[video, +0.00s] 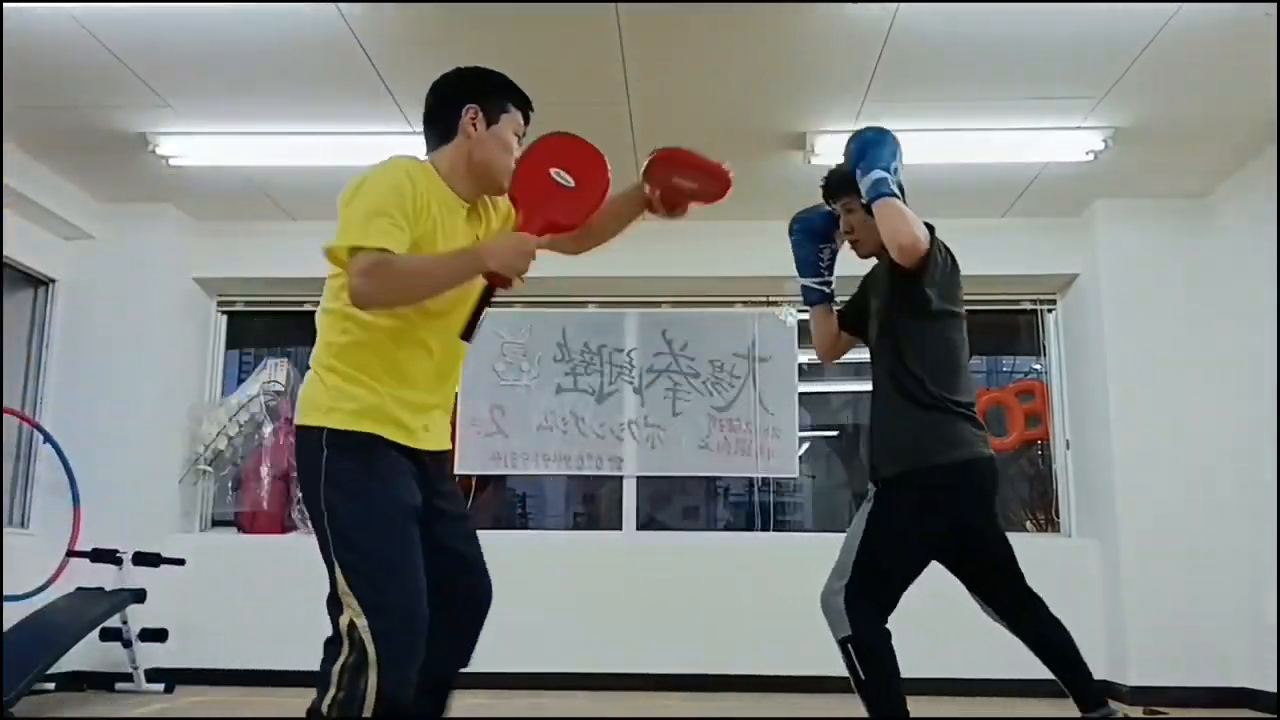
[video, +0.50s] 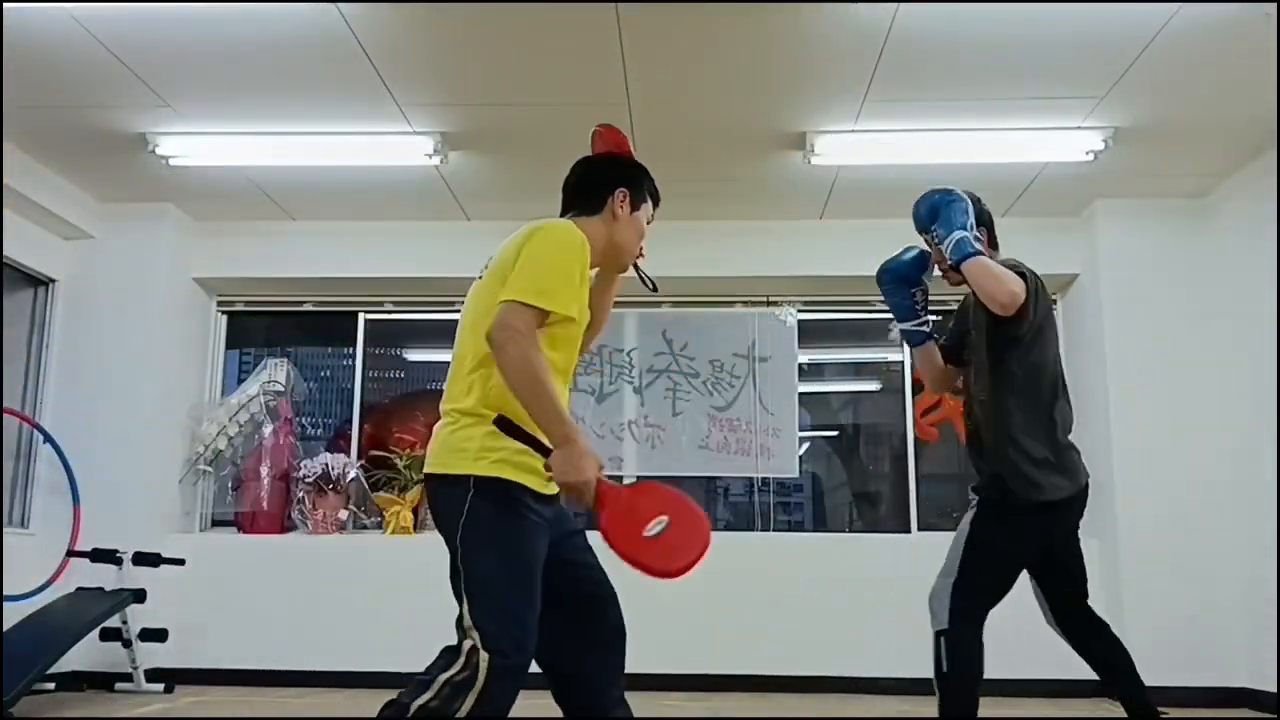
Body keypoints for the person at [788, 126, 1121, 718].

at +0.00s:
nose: (845, 227)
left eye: (851, 213)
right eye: (840, 217)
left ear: (878, 209)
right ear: (847, 222)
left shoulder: (923, 254)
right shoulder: (877, 283)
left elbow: (905, 245)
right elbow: (828, 346)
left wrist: (879, 181)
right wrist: (814, 275)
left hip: (935, 471)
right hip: (939, 472)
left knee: (853, 606)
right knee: (1011, 600)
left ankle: (890, 715)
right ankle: (1097, 707)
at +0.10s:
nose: (872, 239)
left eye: (877, 224)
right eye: (869, 228)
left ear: (905, 221)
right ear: (880, 231)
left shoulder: (958, 270)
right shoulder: (905, 296)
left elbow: (947, 277)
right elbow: (859, 357)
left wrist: (912, 213)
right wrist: (842, 290)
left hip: (981, 481)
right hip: (951, 484)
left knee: (890, 606)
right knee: (1045, 613)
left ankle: (902, 715)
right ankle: (1121, 711)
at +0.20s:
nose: (882, 223)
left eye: (886, 210)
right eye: (878, 212)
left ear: (912, 206)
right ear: (885, 217)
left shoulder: (968, 251)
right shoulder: (916, 278)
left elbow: (975, 276)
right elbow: (885, 353)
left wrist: (927, 217)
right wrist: (859, 287)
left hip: (1006, 459)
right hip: (968, 463)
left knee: (931, 598)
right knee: (1059, 595)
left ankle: (930, 714)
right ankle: (1124, 708)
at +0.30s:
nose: (894, 223)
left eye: (900, 208)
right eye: (888, 213)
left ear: (929, 205)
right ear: (891, 220)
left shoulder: (976, 247)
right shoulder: (926, 279)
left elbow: (982, 266)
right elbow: (895, 351)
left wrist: (929, 210)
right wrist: (869, 290)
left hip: (1008, 459)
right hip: (998, 458)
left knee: (949, 606)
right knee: (1063, 595)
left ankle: (954, 714)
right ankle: (1130, 709)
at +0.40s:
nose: (913, 249)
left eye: (918, 235)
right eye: (909, 239)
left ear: (946, 232)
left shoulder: (991, 271)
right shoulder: (950, 304)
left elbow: (977, 278)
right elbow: (911, 373)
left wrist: (936, 224)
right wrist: (886, 304)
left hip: (1009, 479)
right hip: (1026, 477)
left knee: (927, 604)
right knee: (1062, 609)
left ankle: (946, 715)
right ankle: (1143, 712)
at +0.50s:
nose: (939, 255)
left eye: (946, 241)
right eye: (934, 247)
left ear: (978, 238)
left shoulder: (1012, 278)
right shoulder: (972, 308)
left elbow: (1007, 299)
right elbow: (941, 381)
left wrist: (960, 245)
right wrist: (912, 317)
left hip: (1021, 488)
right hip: (1048, 484)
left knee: (954, 608)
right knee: (1070, 612)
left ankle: (956, 716)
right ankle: (1146, 713)